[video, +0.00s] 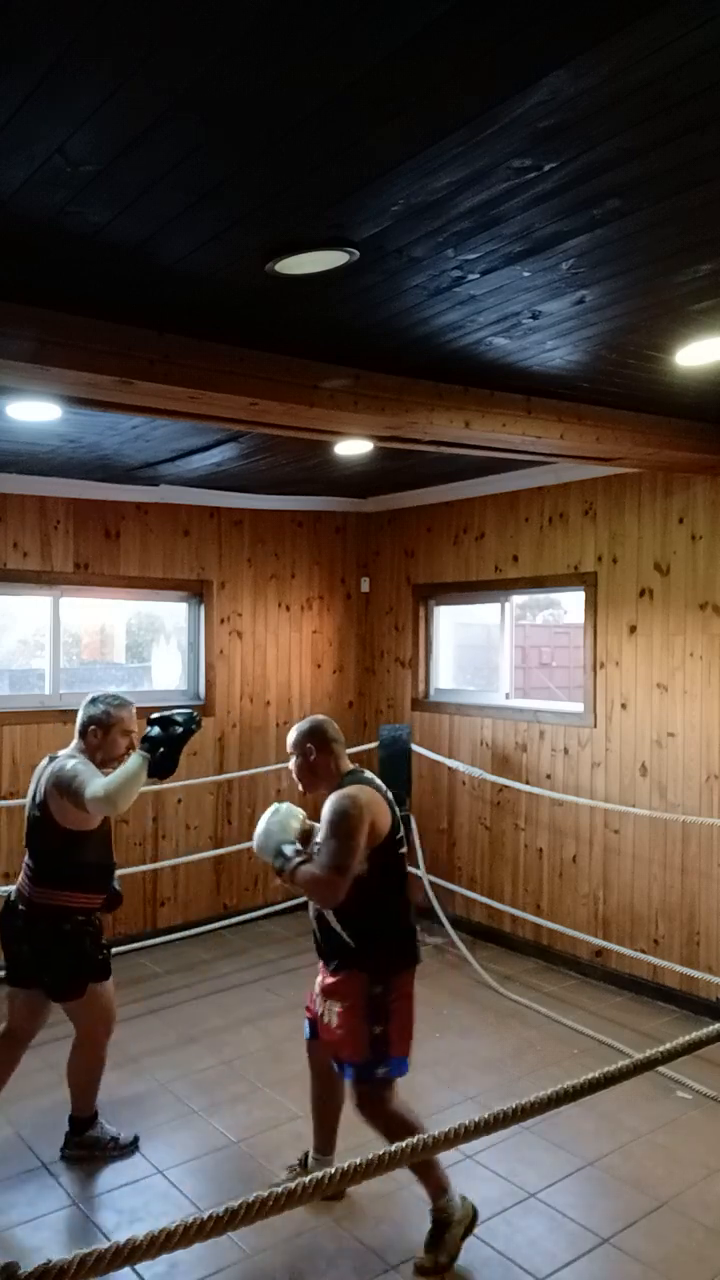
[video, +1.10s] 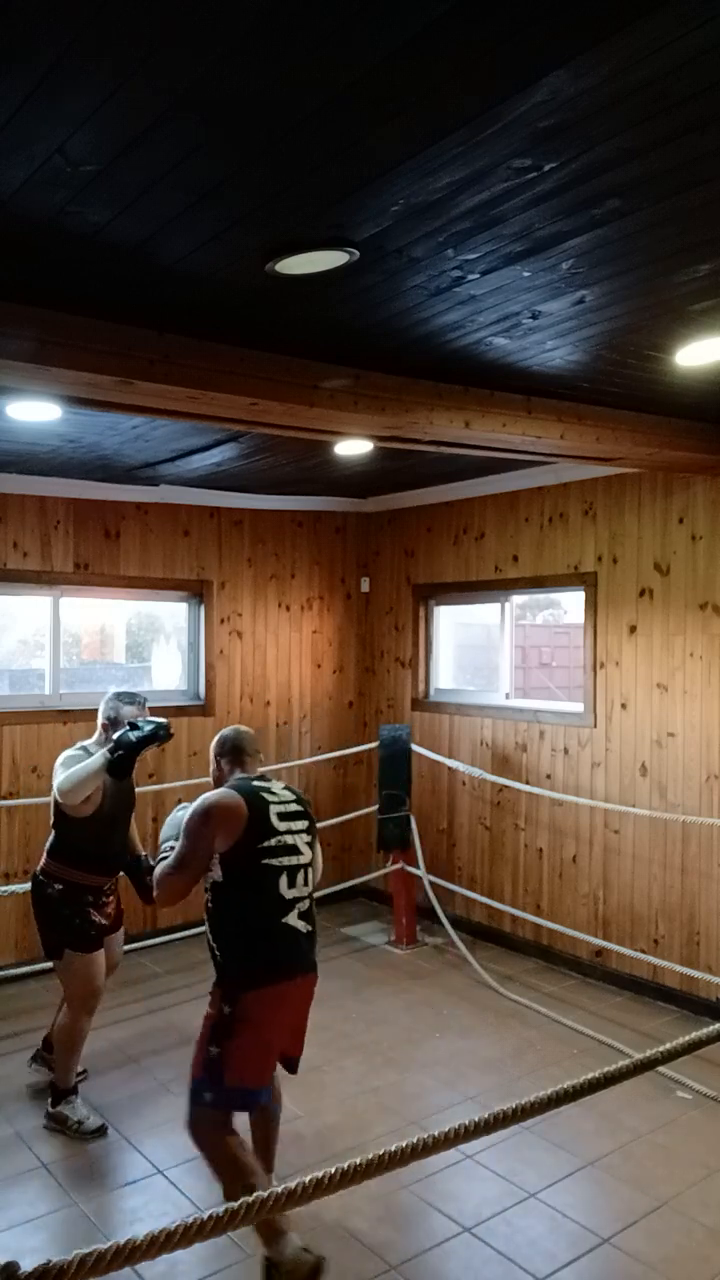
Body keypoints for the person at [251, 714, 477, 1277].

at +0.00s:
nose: (292, 770)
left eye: (296, 759)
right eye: (292, 760)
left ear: (318, 756)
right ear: (334, 751)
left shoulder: (349, 802)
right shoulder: (364, 791)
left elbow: (329, 885)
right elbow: (384, 865)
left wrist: (287, 864)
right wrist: (311, 841)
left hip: (374, 969)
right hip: (343, 962)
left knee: (373, 1098)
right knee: (320, 1050)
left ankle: (449, 1206)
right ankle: (322, 1166)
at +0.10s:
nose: (289, 771)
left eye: (293, 761)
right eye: (288, 762)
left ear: (314, 759)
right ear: (334, 753)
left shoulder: (332, 806)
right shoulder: (363, 791)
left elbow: (275, 880)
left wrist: (255, 842)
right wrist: (288, 829)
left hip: (357, 974)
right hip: (339, 962)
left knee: (353, 1109)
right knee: (299, 1038)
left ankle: (423, 1237)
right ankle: (315, 1158)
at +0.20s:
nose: (278, 775)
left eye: (282, 764)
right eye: (279, 765)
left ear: (300, 764)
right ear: (327, 758)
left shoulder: (313, 812)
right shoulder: (355, 800)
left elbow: (244, 861)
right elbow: (284, 845)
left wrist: (231, 813)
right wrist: (262, 810)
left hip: (346, 984)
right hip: (326, 970)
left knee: (368, 1120)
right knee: (276, 1033)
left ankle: (434, 1251)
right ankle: (295, 1148)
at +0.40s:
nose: (248, 771)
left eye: (254, 762)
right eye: (249, 763)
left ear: (282, 760)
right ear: (285, 758)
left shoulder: (311, 799)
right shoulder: (283, 797)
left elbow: (266, 877)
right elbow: (208, 772)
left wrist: (242, 828)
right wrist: (159, 732)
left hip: (335, 972)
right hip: (305, 966)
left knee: (315, 1112)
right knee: (289, 1060)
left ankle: (349, 1252)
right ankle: (303, 1154)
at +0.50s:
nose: (239, 778)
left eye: (241, 768)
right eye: (239, 769)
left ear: (259, 764)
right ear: (276, 757)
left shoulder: (303, 801)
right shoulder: (278, 799)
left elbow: (267, 880)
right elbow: (197, 771)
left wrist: (236, 842)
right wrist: (146, 735)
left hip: (326, 977)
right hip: (298, 969)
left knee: (300, 1118)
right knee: (288, 1073)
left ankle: (320, 1260)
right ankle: (299, 1158)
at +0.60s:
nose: (230, 778)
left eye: (231, 768)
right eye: (229, 769)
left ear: (246, 764)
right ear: (270, 756)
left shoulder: (290, 807)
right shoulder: (292, 798)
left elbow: (256, 891)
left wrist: (225, 861)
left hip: (309, 984)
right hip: (301, 977)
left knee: (292, 1123)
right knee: (292, 1088)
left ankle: (321, 1263)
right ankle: (294, 1164)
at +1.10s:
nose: (209, 774)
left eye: (210, 765)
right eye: (214, 765)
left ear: (219, 763)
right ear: (258, 760)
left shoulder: (216, 808)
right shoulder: (292, 799)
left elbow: (165, 890)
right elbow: (279, 875)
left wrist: (166, 839)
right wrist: (203, 846)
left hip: (248, 980)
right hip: (298, 972)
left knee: (207, 1123)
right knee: (262, 1081)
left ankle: (283, 1247)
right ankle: (261, 1190)